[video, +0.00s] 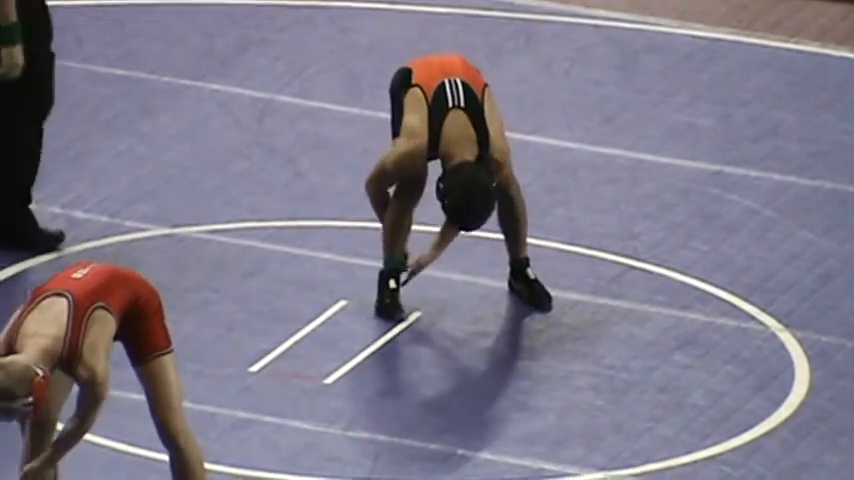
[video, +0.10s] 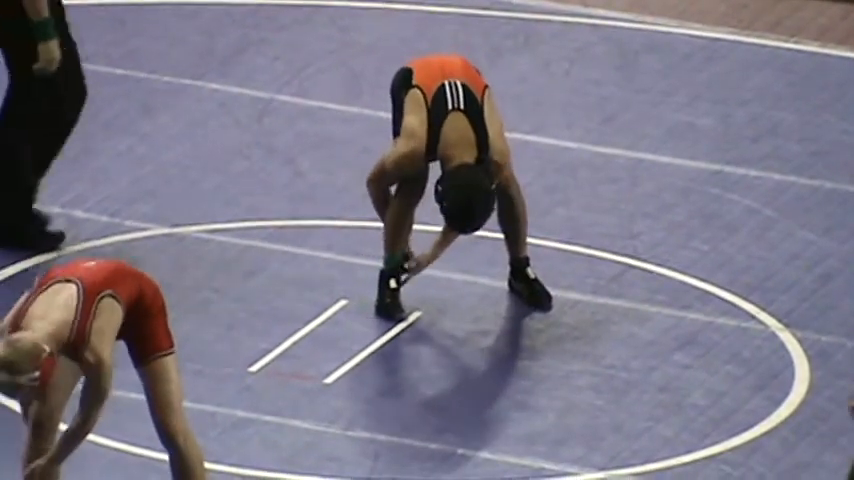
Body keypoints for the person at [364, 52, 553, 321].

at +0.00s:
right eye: (454, 221)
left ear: (490, 189)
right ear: (443, 191)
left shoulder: (497, 156)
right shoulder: (412, 150)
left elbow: (458, 216)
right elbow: (374, 186)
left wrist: (433, 253)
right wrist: (394, 230)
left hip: (470, 77)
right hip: (415, 78)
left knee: (509, 187)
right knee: (409, 187)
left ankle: (521, 271)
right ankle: (391, 277)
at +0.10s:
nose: (457, 235)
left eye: (465, 230)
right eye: (454, 227)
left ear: (489, 191)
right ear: (440, 193)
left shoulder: (497, 157)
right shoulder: (412, 151)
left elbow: (458, 220)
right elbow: (375, 184)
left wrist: (432, 256)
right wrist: (398, 237)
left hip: (470, 76)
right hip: (415, 78)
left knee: (509, 188)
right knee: (410, 188)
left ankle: (521, 270)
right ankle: (391, 276)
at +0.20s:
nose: (454, 237)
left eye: (462, 234)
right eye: (451, 230)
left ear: (486, 191)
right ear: (437, 194)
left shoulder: (496, 159)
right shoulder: (410, 151)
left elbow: (458, 219)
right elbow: (379, 180)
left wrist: (429, 253)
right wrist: (401, 238)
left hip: (470, 76)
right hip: (414, 78)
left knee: (509, 191)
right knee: (409, 190)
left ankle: (521, 271)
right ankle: (391, 278)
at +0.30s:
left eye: (458, 234)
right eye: (445, 230)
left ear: (482, 190)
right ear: (433, 193)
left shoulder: (496, 158)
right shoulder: (406, 150)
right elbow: (380, 178)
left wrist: (432, 247)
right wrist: (402, 237)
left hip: (470, 76)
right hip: (414, 77)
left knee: (510, 192)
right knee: (407, 191)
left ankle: (521, 271)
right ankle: (391, 277)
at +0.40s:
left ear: (477, 188)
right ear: (429, 192)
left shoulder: (493, 153)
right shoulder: (401, 151)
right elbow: (381, 186)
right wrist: (404, 242)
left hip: (467, 75)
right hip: (411, 76)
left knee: (508, 194)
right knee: (405, 191)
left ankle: (521, 270)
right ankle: (391, 279)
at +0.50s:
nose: (444, 228)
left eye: (451, 225)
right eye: (438, 223)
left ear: (473, 183)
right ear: (424, 186)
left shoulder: (492, 150)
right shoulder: (397, 151)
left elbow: (515, 200)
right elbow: (378, 177)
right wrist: (396, 230)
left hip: (464, 73)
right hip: (408, 76)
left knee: (506, 190)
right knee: (403, 192)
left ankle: (521, 268)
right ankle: (391, 277)